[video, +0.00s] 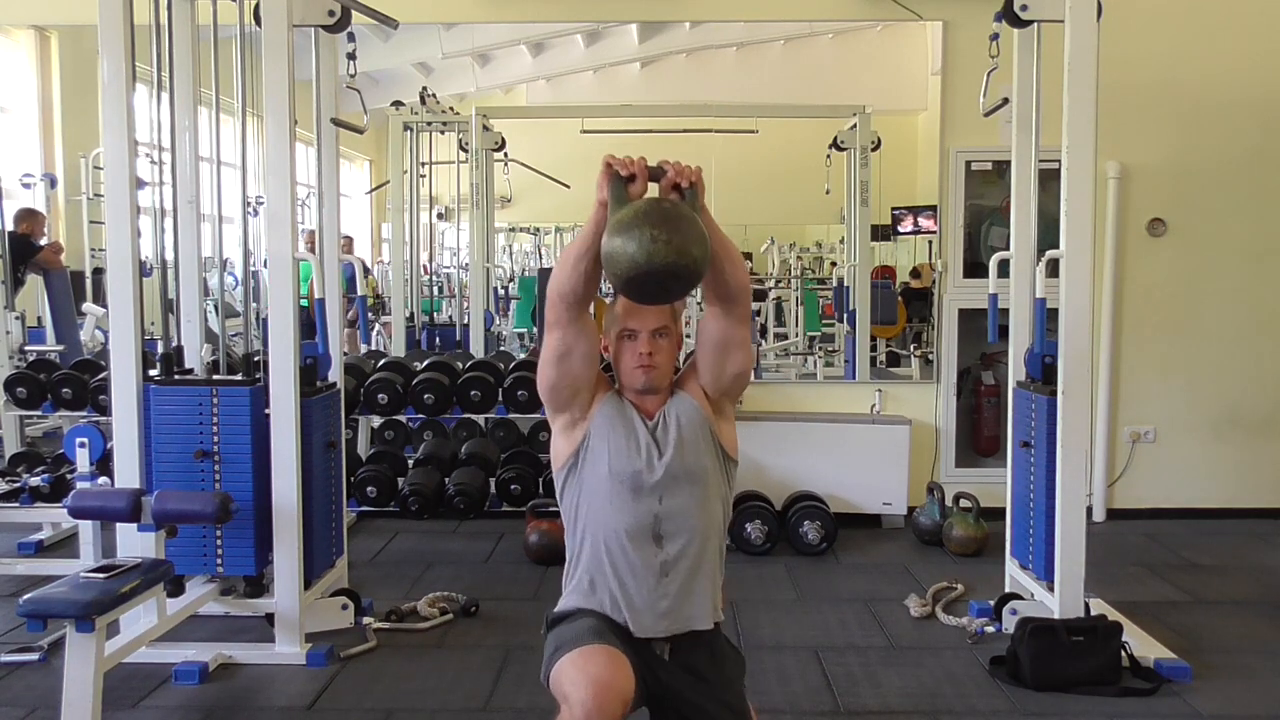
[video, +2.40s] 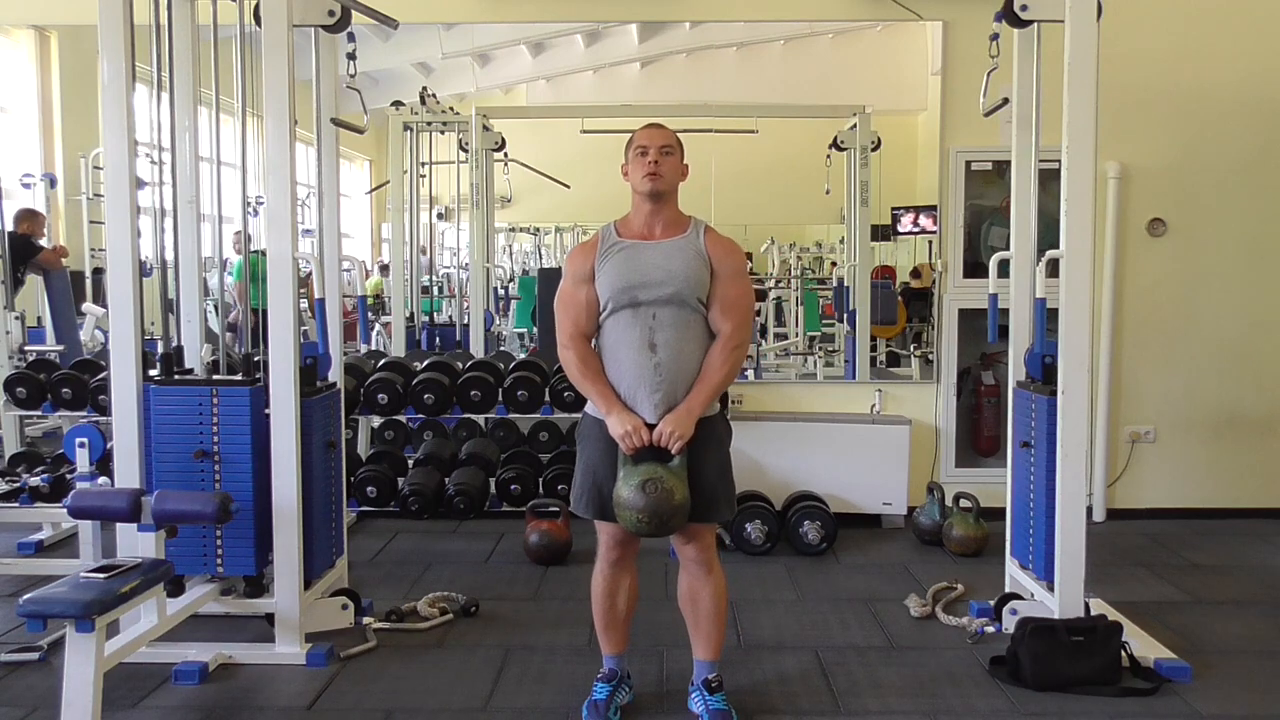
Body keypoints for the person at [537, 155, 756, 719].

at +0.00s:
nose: (645, 349)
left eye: (660, 335)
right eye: (630, 336)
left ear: (679, 343)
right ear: (607, 349)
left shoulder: (709, 401)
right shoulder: (581, 409)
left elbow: (730, 301)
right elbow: (565, 305)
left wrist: (696, 214)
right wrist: (605, 213)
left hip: (698, 634)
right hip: (598, 624)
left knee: (735, 710)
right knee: (596, 695)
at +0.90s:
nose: (658, 279)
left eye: (671, 263)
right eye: (641, 264)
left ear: (690, 266)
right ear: (617, 269)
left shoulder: (719, 334)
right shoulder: (591, 342)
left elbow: (746, 243)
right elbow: (563, 247)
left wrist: (706, 173)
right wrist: (610, 168)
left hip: (708, 557)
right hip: (613, 552)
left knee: (742, 705)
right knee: (626, 659)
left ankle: (711, 709)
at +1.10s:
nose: (680, 192)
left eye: (692, 184)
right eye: (665, 184)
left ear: (713, 204)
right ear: (640, 204)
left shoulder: (735, 265)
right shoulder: (616, 268)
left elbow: (776, 214)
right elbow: (573, 220)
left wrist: (724, 161)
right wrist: (625, 163)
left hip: (718, 472)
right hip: (633, 473)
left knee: (730, 628)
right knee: (618, 627)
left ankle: (703, 685)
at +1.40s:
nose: (687, 155)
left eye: (699, 147)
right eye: (675, 148)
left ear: (717, 166)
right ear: (656, 166)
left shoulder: (745, 224)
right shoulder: (630, 227)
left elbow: (804, 259)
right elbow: (569, 256)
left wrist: (739, 237)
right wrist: (637, 240)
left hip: (719, 424)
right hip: (634, 423)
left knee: (711, 558)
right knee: (620, 560)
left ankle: (707, 686)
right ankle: (609, 669)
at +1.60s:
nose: (676, 158)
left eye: (688, 150)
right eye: (664, 150)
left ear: (705, 168)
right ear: (645, 167)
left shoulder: (736, 238)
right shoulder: (611, 242)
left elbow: (786, 298)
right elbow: (563, 305)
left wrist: (726, 318)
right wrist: (628, 321)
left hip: (711, 420)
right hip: (628, 421)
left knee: (706, 547)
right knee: (624, 549)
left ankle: (708, 684)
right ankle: (615, 671)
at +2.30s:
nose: (653, 158)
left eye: (666, 151)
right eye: (642, 151)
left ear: (684, 170)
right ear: (625, 171)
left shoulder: (720, 249)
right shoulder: (589, 254)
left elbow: (736, 336)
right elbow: (571, 342)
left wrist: (693, 407)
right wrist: (615, 408)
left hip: (695, 419)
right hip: (611, 419)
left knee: (697, 545)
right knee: (614, 543)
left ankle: (707, 682)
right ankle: (613, 673)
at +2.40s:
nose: (653, 159)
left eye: (665, 151)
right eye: (642, 152)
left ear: (684, 170)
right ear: (625, 171)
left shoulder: (719, 250)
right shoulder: (588, 255)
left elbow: (735, 337)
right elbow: (572, 343)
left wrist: (691, 410)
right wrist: (613, 410)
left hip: (693, 421)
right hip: (609, 421)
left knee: (697, 547)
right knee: (613, 545)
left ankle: (706, 683)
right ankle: (612, 673)